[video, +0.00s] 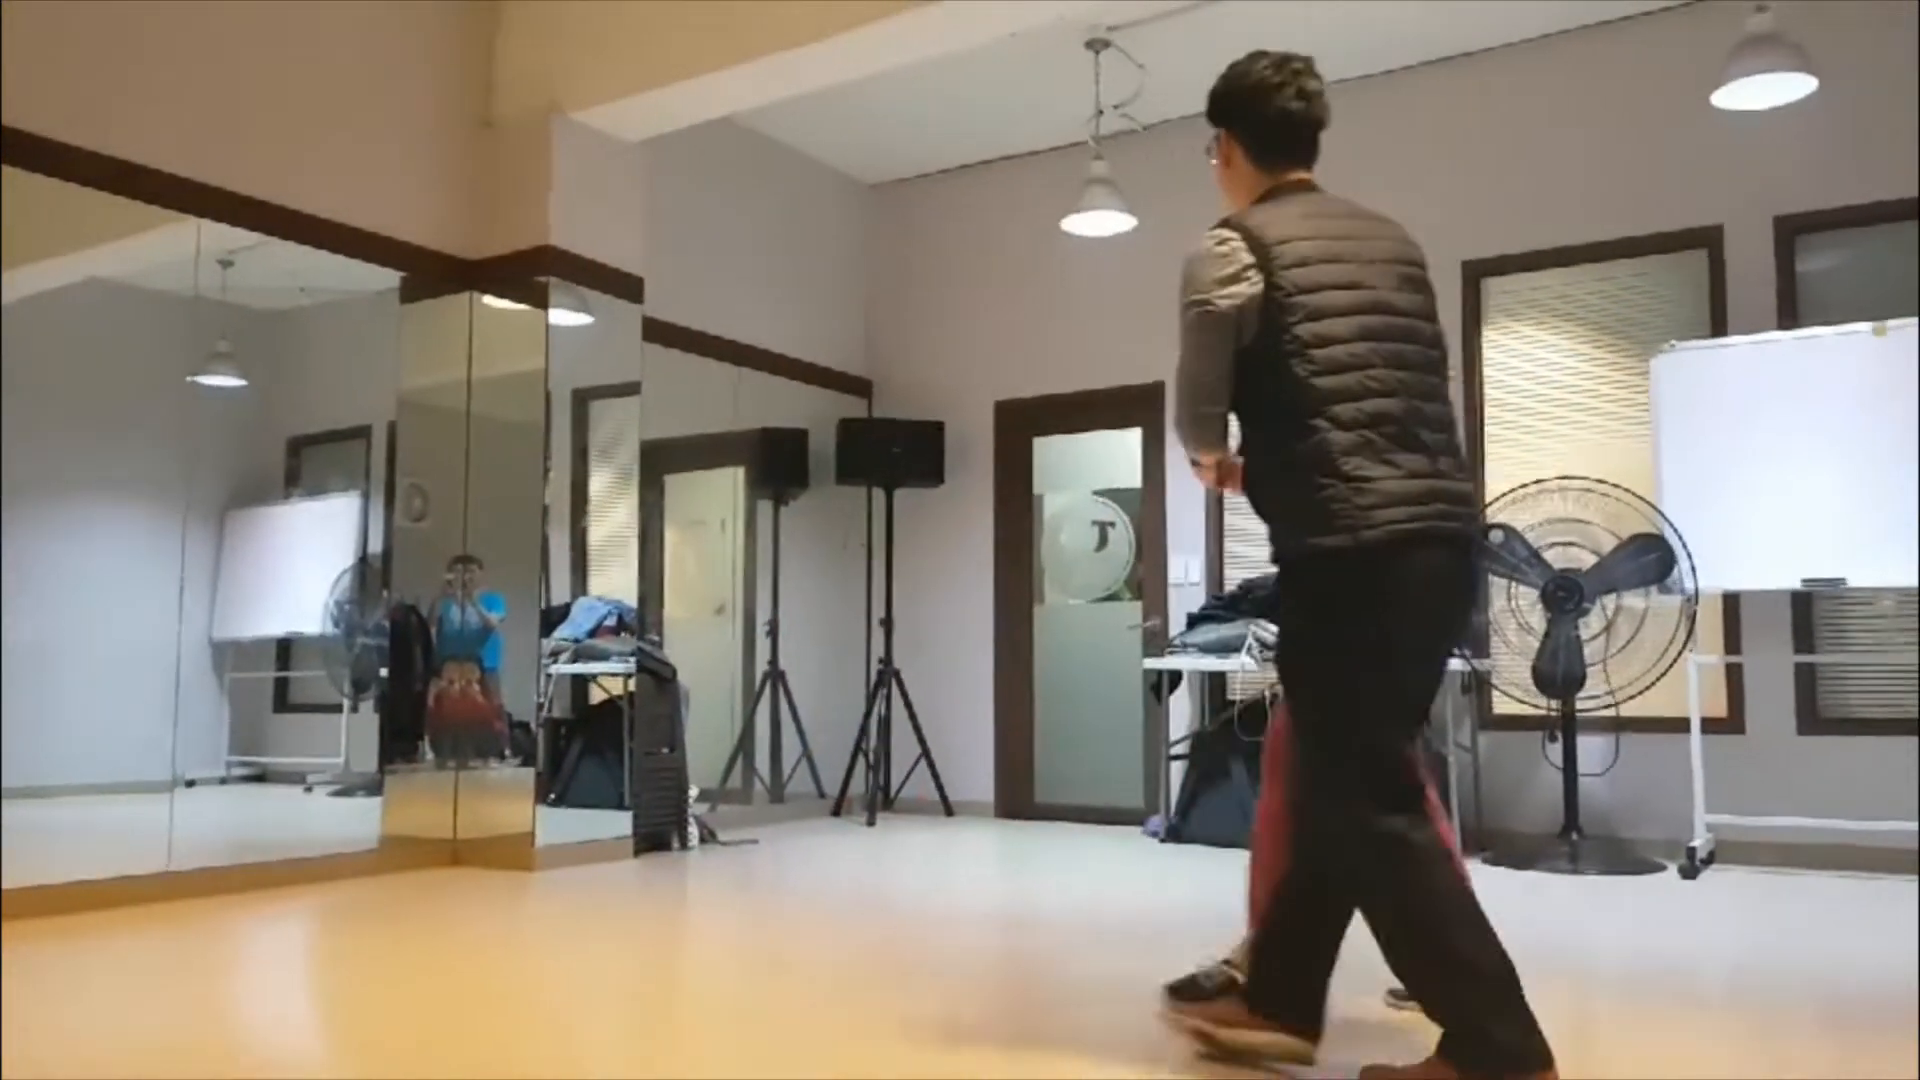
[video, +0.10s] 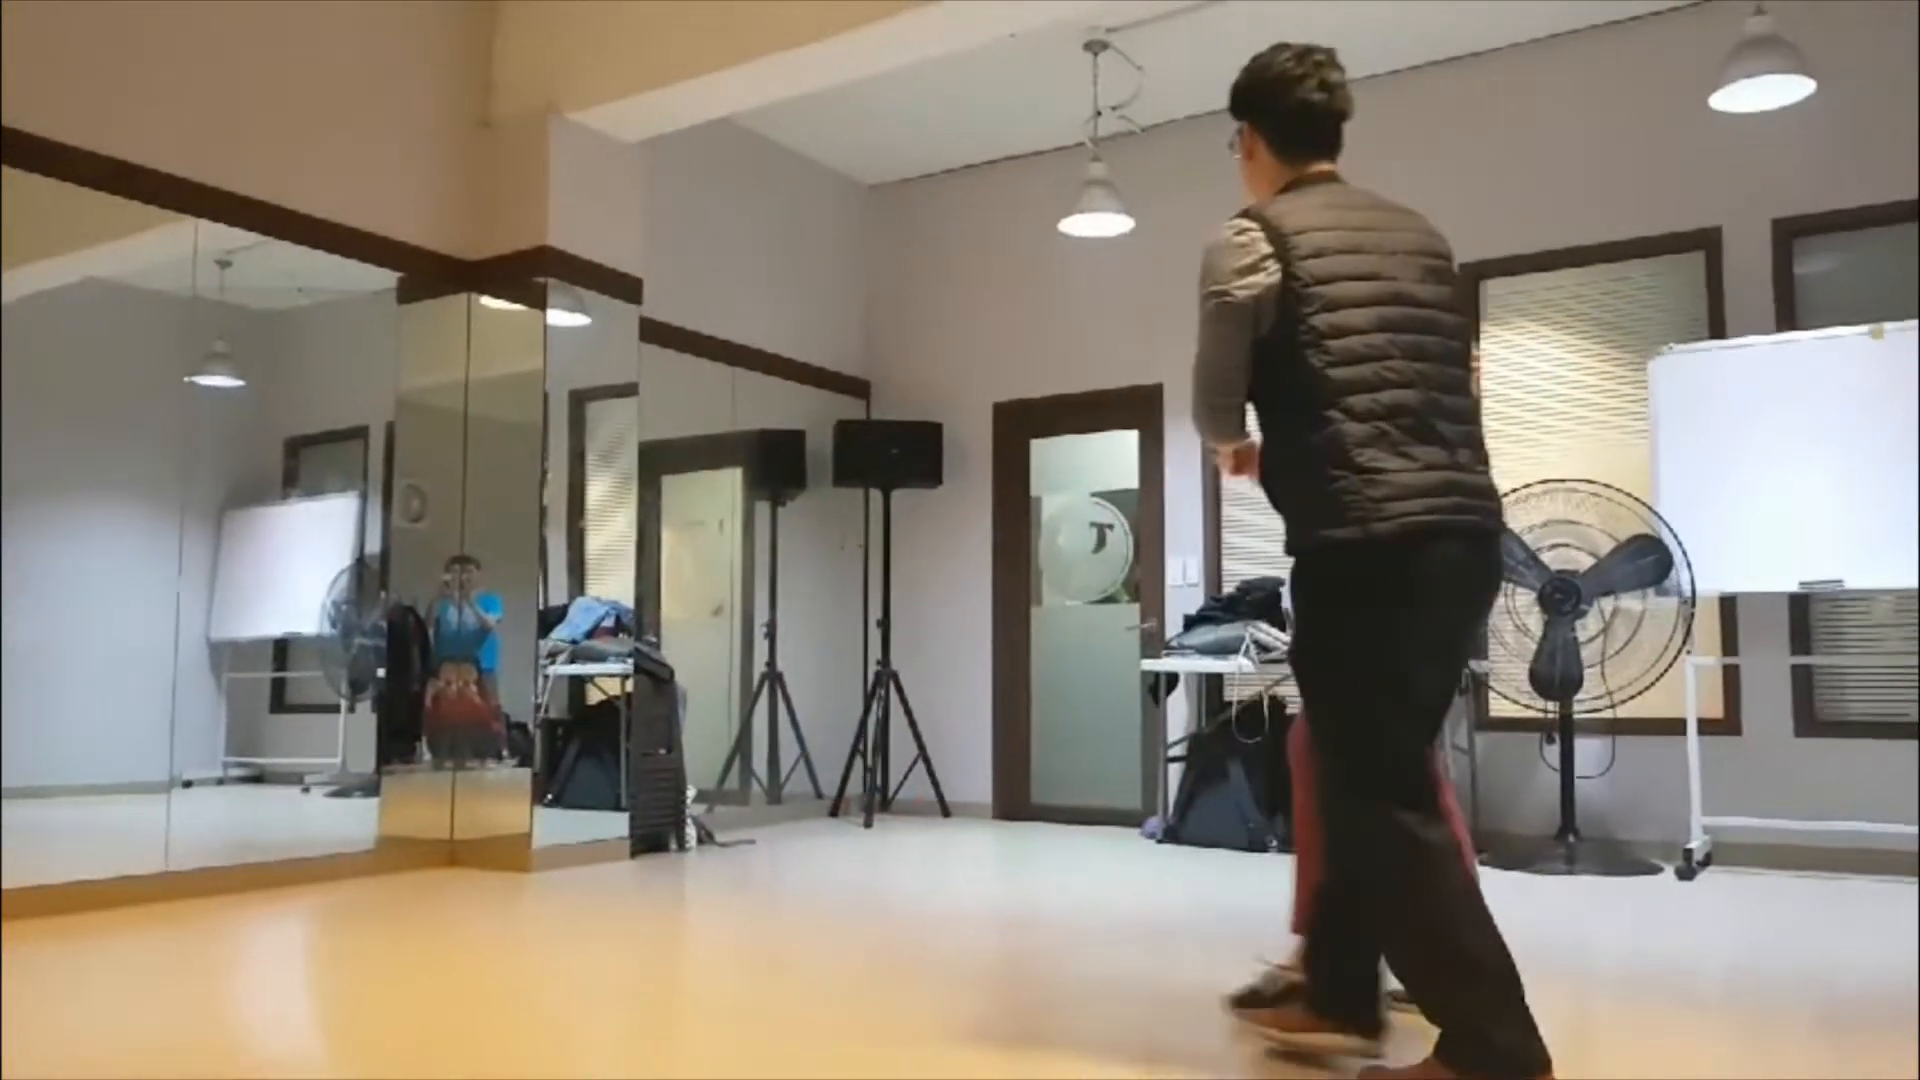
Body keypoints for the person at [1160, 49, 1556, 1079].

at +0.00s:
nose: (1214, 170)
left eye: (1212, 154)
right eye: (1214, 156)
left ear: (1226, 151)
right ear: (1315, 146)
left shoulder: (1232, 252)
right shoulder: (1395, 239)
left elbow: (1199, 415)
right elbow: (1418, 398)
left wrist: (1209, 453)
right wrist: (1274, 460)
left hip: (1344, 558)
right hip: (1443, 545)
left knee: (1369, 800)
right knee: (1335, 779)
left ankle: (1498, 1048)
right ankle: (1278, 1005)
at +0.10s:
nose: (1237, 163)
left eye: (1236, 147)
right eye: (1239, 149)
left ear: (1249, 144)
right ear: (1336, 139)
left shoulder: (1252, 240)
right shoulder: (1421, 231)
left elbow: (1218, 402)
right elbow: (1441, 375)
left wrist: (1227, 443)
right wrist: (1323, 434)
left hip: (1360, 546)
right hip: (1465, 534)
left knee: (1382, 795)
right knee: (1351, 764)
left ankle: (1497, 1049)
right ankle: (1341, 995)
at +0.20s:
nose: (1270, 158)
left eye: (1270, 142)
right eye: (1277, 143)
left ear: (1286, 139)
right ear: (1371, 136)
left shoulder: (1281, 232)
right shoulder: (1453, 225)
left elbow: (1238, 396)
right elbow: (1480, 377)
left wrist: (1256, 433)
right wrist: (1322, 428)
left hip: (1381, 544)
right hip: (1494, 533)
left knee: (1389, 797)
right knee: (1423, 777)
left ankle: (1495, 1054)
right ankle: (1434, 990)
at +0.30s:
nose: (1306, 163)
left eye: (1305, 147)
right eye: (1309, 148)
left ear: (1320, 146)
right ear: (1409, 142)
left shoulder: (1311, 238)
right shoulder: (1490, 237)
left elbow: (1263, 414)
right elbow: (1515, 385)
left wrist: (1300, 452)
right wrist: (1357, 442)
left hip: (1401, 555)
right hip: (1517, 544)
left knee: (1386, 801)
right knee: (1483, 772)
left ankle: (1481, 1053)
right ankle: (1590, 1007)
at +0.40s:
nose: (1341, 173)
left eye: (1343, 157)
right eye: (1346, 158)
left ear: (1358, 156)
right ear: (1447, 155)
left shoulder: (1347, 248)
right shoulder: (1522, 247)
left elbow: (1294, 416)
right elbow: (1551, 399)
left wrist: (1319, 457)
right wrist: (1384, 451)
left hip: (1425, 573)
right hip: (1553, 567)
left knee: (1388, 813)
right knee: (1557, 779)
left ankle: (1481, 1054)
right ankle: (1705, 1029)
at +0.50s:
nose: (1392, 177)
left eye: (1393, 163)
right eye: (1394, 164)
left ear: (1408, 161)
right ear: (1499, 157)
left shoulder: (1394, 253)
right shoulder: (1575, 252)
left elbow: (1356, 416)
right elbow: (1610, 407)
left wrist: (1374, 464)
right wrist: (1433, 450)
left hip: (1470, 576)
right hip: (1604, 569)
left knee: (1410, 800)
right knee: (1641, 788)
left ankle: (1481, 1050)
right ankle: (1736, 1043)